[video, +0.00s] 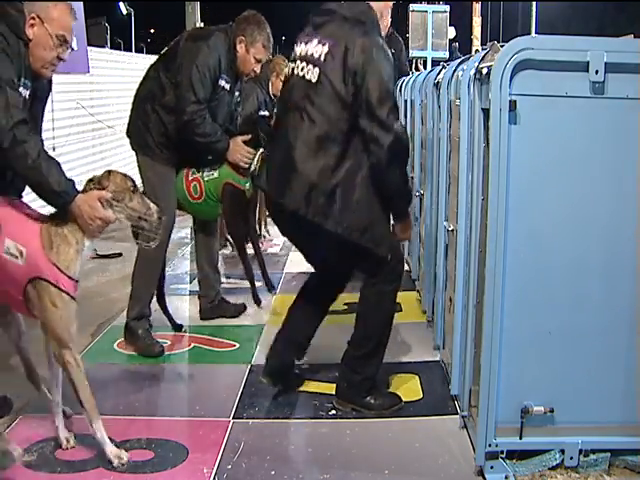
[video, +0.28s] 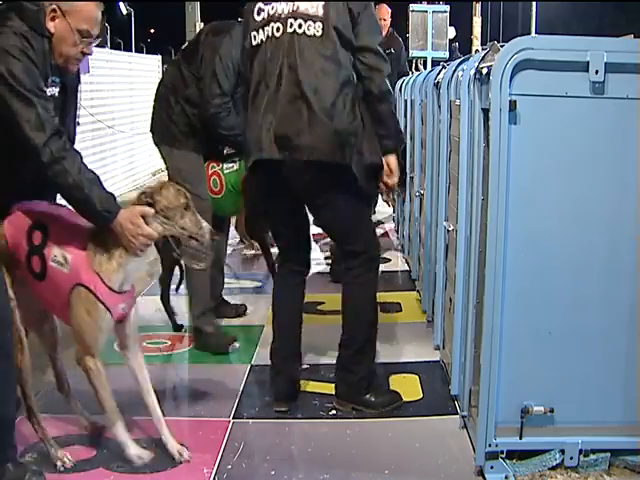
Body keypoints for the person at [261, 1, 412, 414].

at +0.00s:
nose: (391, 19)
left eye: (392, 11)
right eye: (391, 10)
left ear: (352, 3)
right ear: (377, 5)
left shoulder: (313, 31)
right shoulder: (367, 46)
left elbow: (294, 114)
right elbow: (383, 138)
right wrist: (401, 211)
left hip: (285, 187)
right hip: (327, 191)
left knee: (334, 265)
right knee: (387, 265)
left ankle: (281, 362)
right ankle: (358, 385)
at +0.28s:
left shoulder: (257, 8)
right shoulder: (352, 5)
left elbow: (236, 81)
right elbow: (372, 72)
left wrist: (253, 146)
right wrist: (390, 144)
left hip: (267, 151)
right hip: (329, 149)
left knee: (291, 260)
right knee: (360, 258)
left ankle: (283, 385)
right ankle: (355, 385)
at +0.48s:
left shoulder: (228, 9)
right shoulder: (335, 4)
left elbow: (216, 60)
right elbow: (350, 48)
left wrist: (228, 138)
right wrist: (353, 125)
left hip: (255, 125)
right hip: (316, 117)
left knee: (273, 253)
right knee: (322, 247)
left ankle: (282, 386)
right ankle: (342, 375)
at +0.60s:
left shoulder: (221, 6)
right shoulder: (323, 4)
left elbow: (209, 54)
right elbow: (340, 46)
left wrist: (201, 121)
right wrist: (336, 121)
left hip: (251, 119)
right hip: (313, 112)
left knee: (264, 247)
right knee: (287, 233)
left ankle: (283, 383)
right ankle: (318, 345)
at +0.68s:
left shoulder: (213, 6)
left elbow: (201, 48)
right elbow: (327, 40)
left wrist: (194, 116)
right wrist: (322, 116)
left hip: (242, 116)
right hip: (305, 106)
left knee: (264, 245)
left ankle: (291, 376)